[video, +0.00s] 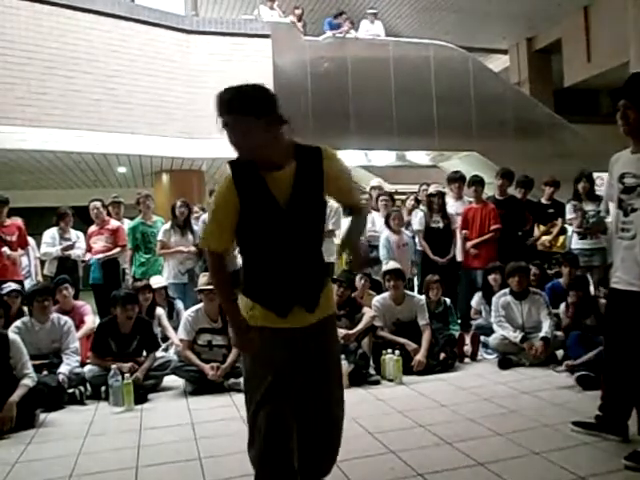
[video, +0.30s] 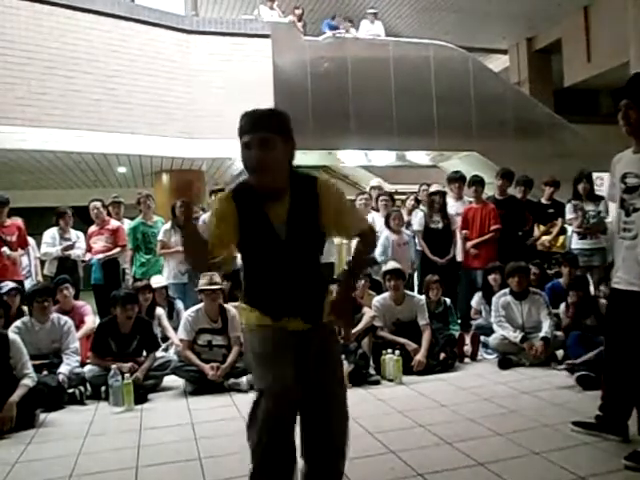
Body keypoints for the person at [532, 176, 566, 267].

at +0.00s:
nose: (551, 190)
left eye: (554, 187)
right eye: (549, 186)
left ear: (556, 190)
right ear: (543, 187)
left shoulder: (560, 205)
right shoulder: (536, 204)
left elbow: (560, 223)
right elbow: (535, 224)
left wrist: (550, 238)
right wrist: (540, 239)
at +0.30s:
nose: (551, 190)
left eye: (554, 187)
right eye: (549, 186)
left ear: (556, 189)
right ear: (544, 187)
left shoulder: (560, 205)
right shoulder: (536, 205)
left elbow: (560, 223)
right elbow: (535, 224)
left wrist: (550, 238)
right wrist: (540, 239)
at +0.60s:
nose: (551, 190)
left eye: (554, 188)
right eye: (549, 187)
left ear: (556, 190)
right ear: (543, 187)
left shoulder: (560, 205)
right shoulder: (535, 205)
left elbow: (559, 223)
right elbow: (535, 224)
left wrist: (549, 239)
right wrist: (541, 239)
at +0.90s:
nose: (551, 191)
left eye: (554, 188)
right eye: (549, 187)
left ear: (556, 190)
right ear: (543, 187)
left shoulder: (560, 206)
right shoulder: (535, 205)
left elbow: (559, 223)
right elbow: (535, 224)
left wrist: (550, 239)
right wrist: (540, 239)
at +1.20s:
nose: (551, 191)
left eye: (553, 188)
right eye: (549, 187)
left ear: (555, 190)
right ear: (543, 187)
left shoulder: (560, 205)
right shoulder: (535, 205)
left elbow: (559, 223)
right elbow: (534, 225)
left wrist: (549, 238)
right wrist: (540, 239)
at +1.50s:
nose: (551, 191)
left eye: (554, 188)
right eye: (549, 187)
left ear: (556, 190)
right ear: (543, 187)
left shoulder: (560, 206)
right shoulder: (535, 205)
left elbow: (559, 223)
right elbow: (534, 224)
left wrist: (550, 238)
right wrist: (540, 239)